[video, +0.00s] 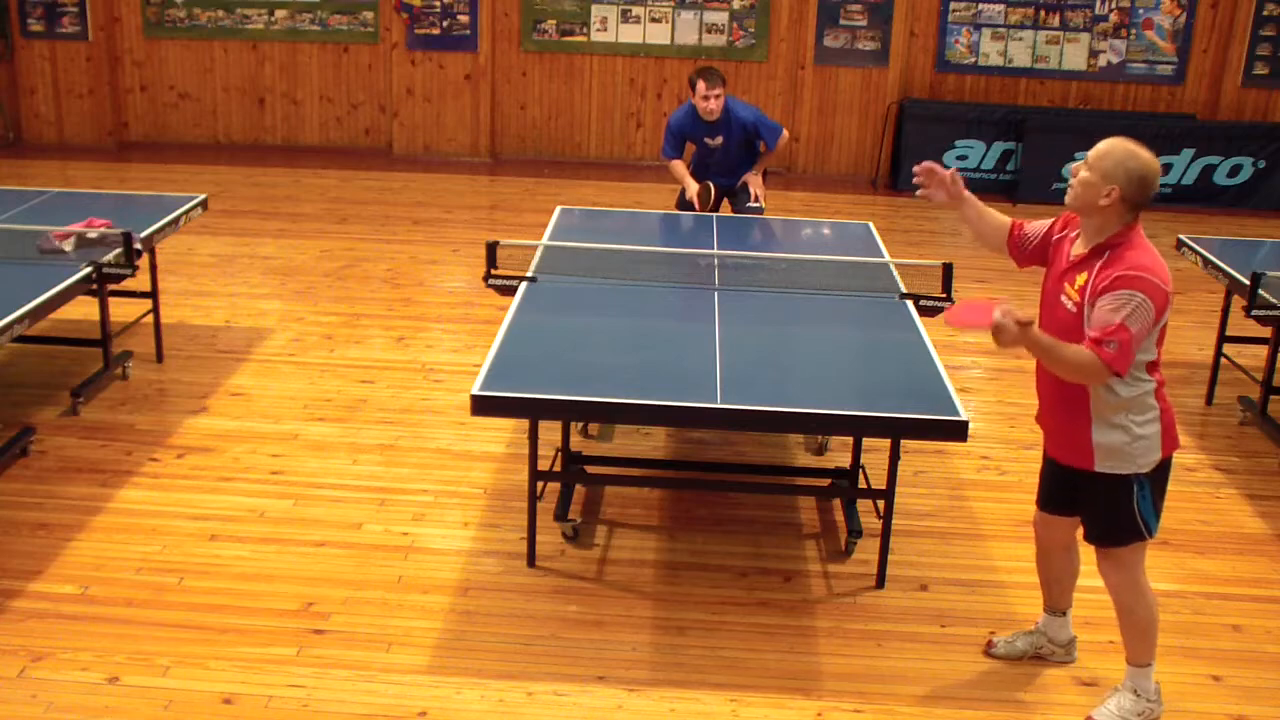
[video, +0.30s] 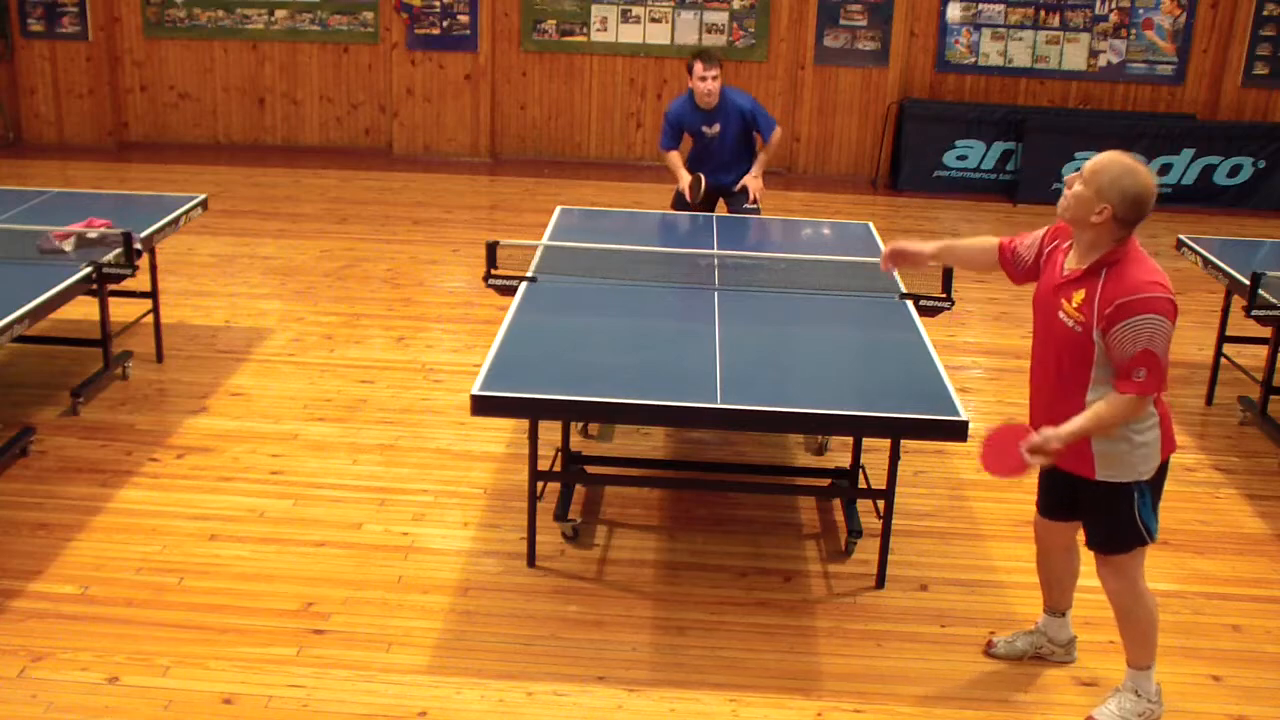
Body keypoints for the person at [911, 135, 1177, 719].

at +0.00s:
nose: (1071, 171)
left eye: (1083, 167)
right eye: (1079, 163)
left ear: (1108, 197)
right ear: (1102, 196)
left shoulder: (1137, 277)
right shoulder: (1068, 232)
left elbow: (1099, 366)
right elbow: (1009, 238)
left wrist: (1026, 338)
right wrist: (960, 199)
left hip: (1123, 447)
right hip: (1068, 432)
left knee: (1121, 564)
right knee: (1053, 528)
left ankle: (1142, 689)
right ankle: (1055, 632)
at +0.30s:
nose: (1067, 182)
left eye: (1078, 181)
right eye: (1075, 176)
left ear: (1101, 214)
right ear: (1096, 210)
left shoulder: (1140, 291)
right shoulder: (1059, 240)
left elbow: (1137, 393)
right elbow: (1003, 254)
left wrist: (1067, 431)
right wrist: (929, 251)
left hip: (1122, 452)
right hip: (1061, 436)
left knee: (1120, 571)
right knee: (1053, 531)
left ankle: (1143, 690)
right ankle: (1056, 632)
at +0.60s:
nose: (959, 255)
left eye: (964, 247)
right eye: (959, 245)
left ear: (996, 253)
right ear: (1003, 247)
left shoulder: (1056, 297)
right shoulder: (1028, 277)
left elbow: (1070, 395)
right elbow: (1041, 357)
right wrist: (991, 357)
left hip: (1092, 477)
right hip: (1047, 464)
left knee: (1070, 599)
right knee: (1002, 552)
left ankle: (1136, 683)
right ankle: (1029, 672)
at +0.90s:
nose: (915, 230)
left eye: (916, 221)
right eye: (918, 221)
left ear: (925, 226)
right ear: (975, 220)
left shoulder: (949, 294)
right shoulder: (1015, 272)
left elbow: (893, 380)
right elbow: (1065, 333)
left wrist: (823, 327)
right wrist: (1004, 362)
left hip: (978, 481)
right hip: (1030, 470)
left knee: (883, 581)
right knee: (973, 566)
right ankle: (1026, 672)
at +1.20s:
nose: (858, 217)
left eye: (860, 211)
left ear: (864, 218)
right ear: (924, 220)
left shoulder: (840, 289)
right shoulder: (958, 294)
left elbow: (775, 378)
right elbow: (989, 383)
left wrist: (740, 357)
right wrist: (934, 381)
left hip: (844, 488)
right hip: (928, 490)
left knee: (759, 581)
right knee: (915, 589)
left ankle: (738, 705)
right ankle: (929, 710)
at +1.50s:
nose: (784, 214)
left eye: (786, 207)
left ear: (789, 216)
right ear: (850, 218)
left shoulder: (758, 288)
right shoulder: (890, 287)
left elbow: (705, 375)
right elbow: (941, 369)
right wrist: (907, 401)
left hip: (780, 490)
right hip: (874, 492)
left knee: (721, 594)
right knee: (888, 593)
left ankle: (696, 713)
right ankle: (912, 712)